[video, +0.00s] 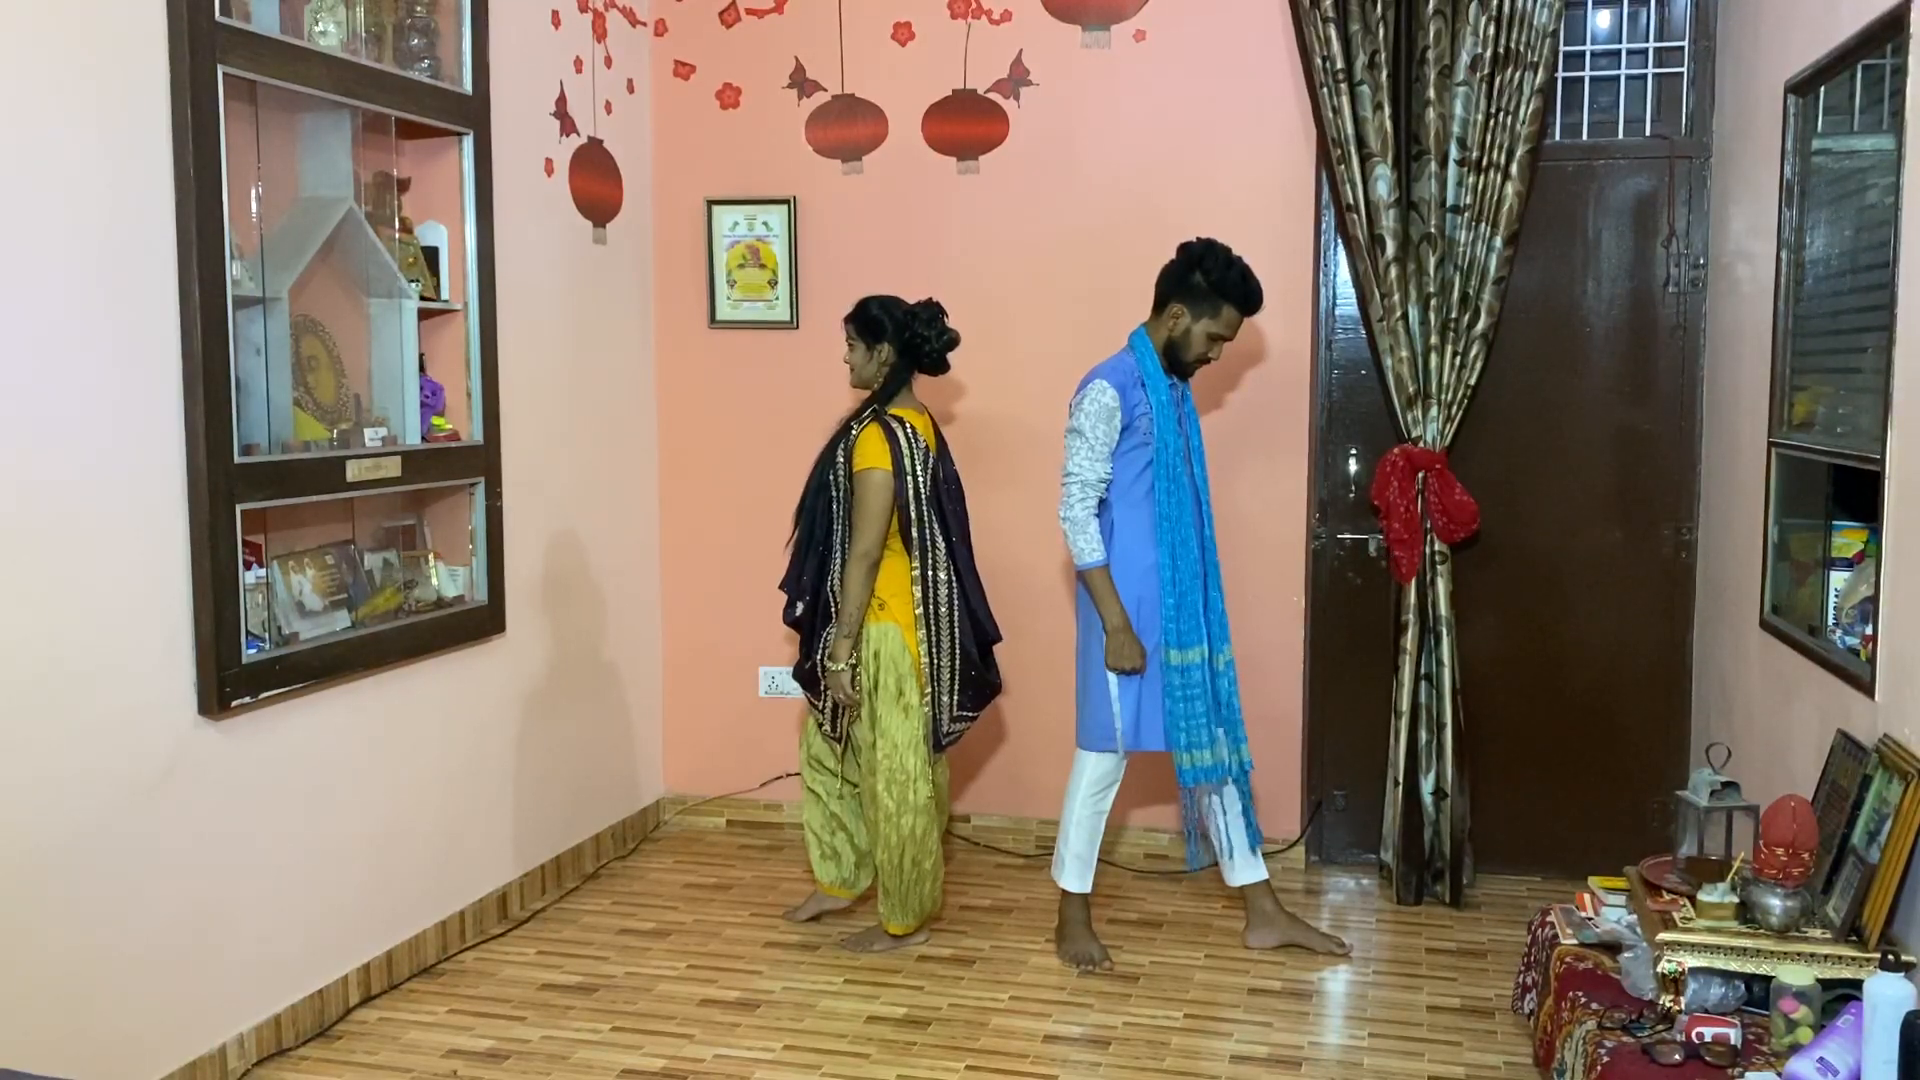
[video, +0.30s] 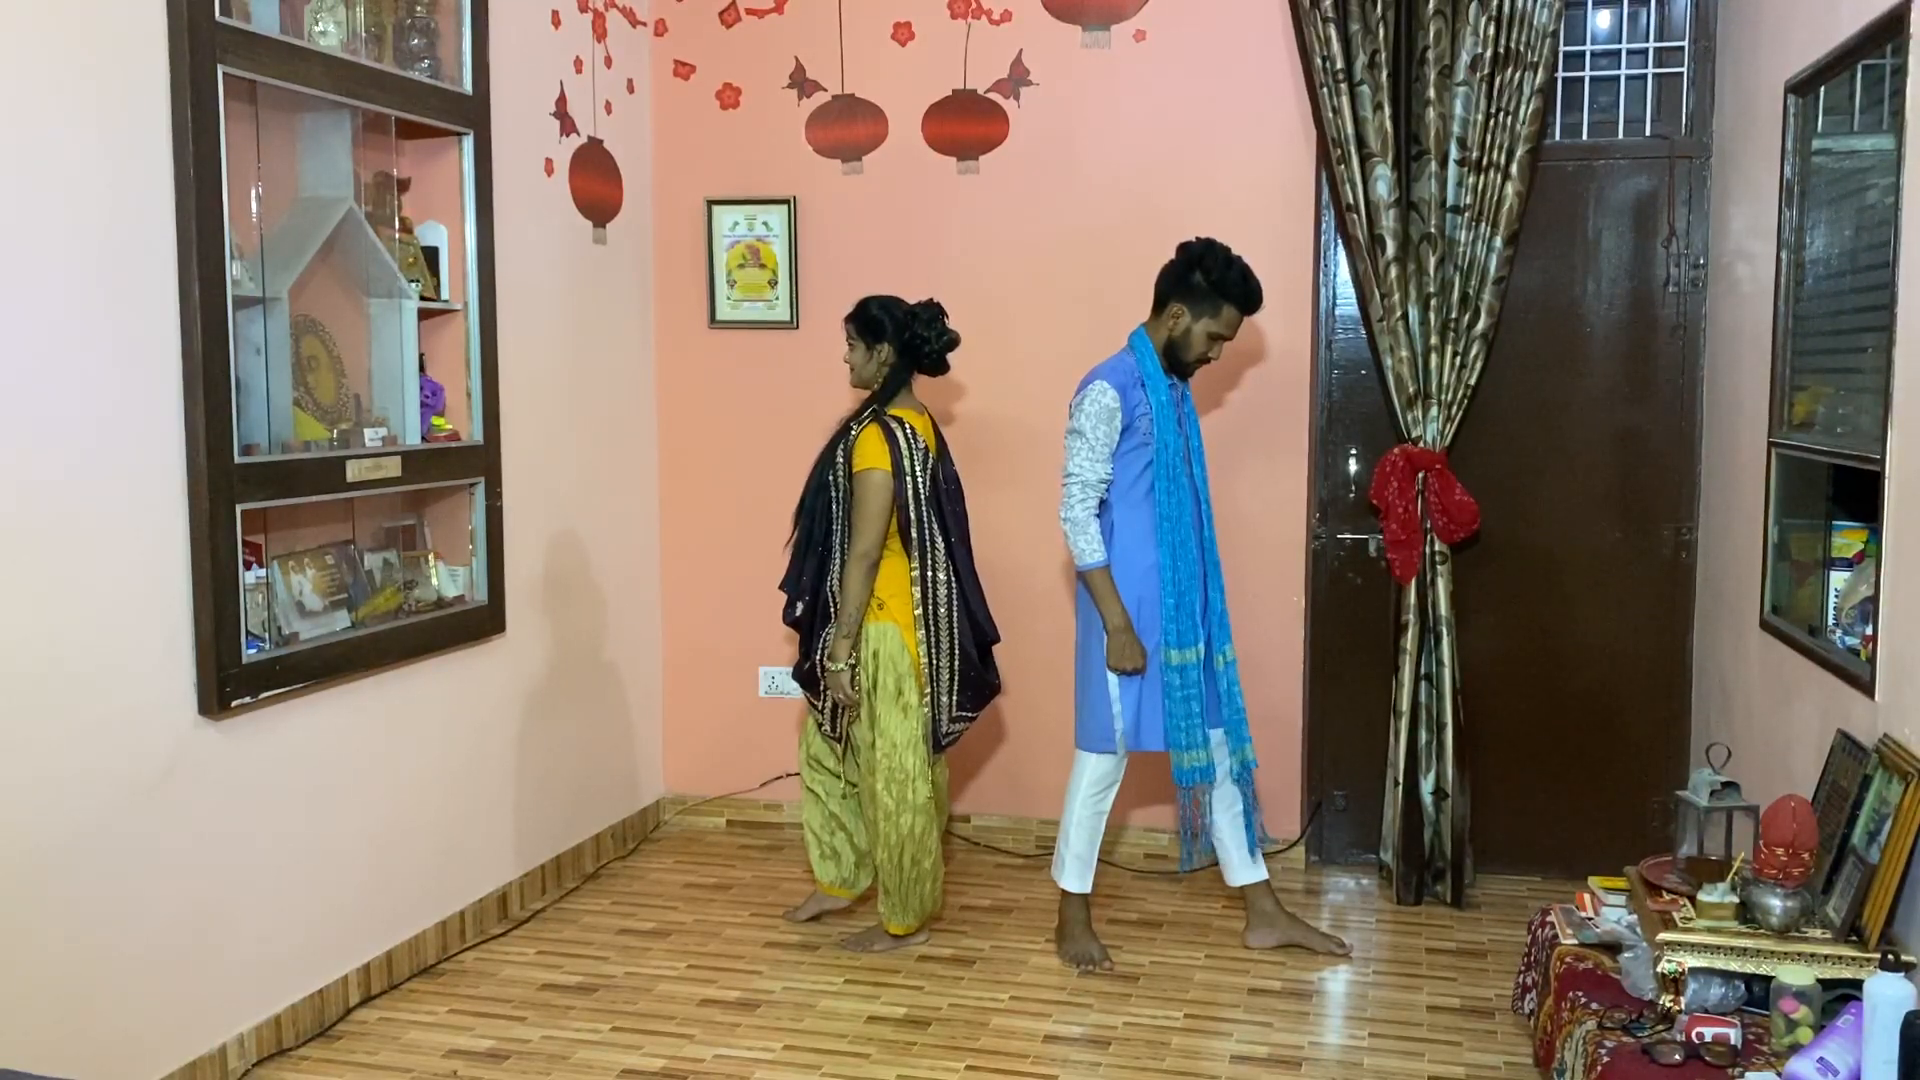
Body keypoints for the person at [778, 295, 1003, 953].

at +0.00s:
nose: (845, 359)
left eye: (854, 347)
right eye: (846, 346)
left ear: (885, 354)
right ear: (894, 354)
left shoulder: (879, 434)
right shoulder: (914, 424)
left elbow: (867, 550)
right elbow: (885, 546)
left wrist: (841, 645)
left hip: (885, 628)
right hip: (887, 618)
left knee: (897, 775)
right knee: (828, 752)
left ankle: (905, 915)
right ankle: (841, 879)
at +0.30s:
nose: (845, 359)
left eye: (854, 347)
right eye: (846, 346)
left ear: (885, 354)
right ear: (894, 354)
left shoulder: (879, 434)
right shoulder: (915, 424)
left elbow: (866, 550)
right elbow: (884, 546)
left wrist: (840, 647)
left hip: (883, 628)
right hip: (884, 619)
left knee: (896, 774)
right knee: (827, 753)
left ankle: (906, 915)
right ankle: (841, 879)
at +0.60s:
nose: (845, 358)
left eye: (853, 348)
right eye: (847, 347)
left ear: (884, 354)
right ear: (896, 354)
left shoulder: (879, 435)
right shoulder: (916, 425)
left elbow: (866, 549)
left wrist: (841, 645)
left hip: (881, 628)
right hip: (888, 619)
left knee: (894, 775)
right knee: (828, 752)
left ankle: (905, 918)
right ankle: (841, 879)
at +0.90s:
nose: (846, 359)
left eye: (854, 348)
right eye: (847, 347)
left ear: (885, 355)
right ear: (897, 356)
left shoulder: (877, 434)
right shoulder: (915, 426)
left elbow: (866, 547)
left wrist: (832, 640)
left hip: (879, 628)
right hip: (893, 619)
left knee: (894, 774)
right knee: (823, 749)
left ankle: (905, 917)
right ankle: (841, 879)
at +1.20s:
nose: (844, 371)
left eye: (852, 361)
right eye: (848, 360)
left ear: (880, 369)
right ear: (891, 372)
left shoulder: (890, 436)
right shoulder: (886, 432)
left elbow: (783, 423)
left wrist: (822, 408)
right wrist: (834, 414)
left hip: (879, 633)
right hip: (847, 628)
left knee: (879, 776)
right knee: (809, 763)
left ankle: (909, 916)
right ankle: (844, 890)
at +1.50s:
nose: (827, 330)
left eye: (835, 320)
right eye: (829, 320)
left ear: (864, 332)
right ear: (883, 334)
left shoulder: (868, 388)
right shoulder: (892, 382)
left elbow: (820, 342)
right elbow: (886, 306)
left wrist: (774, 278)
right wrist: (878, 229)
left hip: (871, 591)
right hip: (848, 586)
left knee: (879, 742)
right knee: (822, 723)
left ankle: (918, 895)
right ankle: (810, 855)